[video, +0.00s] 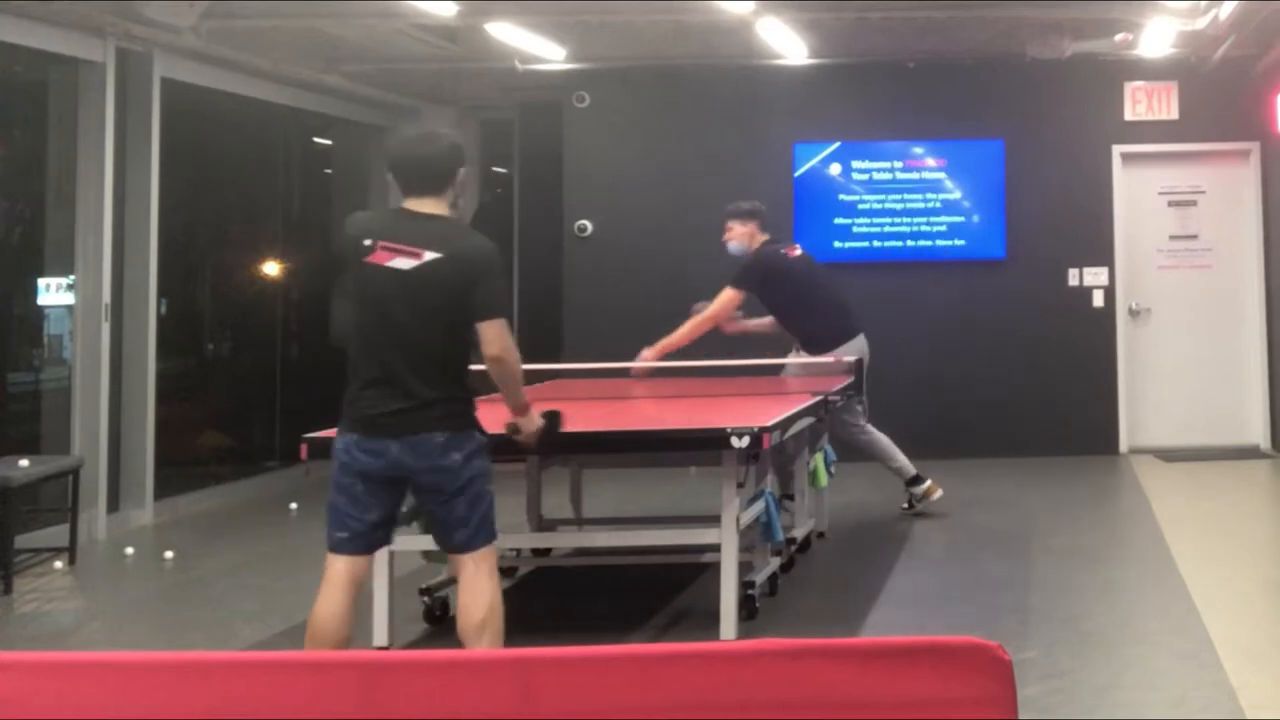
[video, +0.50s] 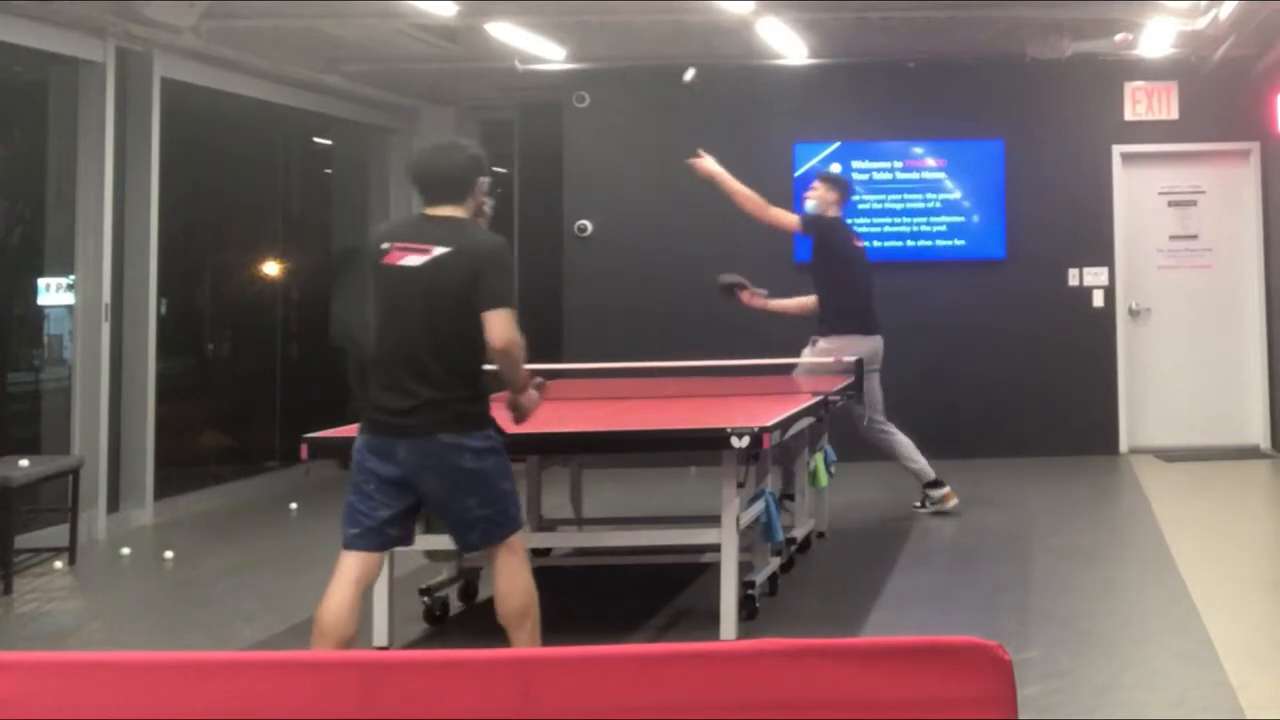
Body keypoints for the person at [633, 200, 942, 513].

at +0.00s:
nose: (725, 237)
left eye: (730, 229)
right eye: (725, 230)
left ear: (754, 229)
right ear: (756, 231)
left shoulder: (756, 262)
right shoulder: (787, 253)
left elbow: (711, 316)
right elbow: (790, 319)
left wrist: (658, 350)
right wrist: (739, 326)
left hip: (821, 356)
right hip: (853, 347)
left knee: (783, 427)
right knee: (851, 424)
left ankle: (784, 501)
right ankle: (918, 483)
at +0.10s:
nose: (739, 221)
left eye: (748, 214)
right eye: (739, 215)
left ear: (771, 219)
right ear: (765, 220)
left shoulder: (767, 252)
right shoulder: (795, 248)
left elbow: (711, 291)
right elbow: (785, 314)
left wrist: (649, 313)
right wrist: (735, 308)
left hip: (823, 356)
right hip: (845, 349)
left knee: (781, 432)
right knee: (849, 425)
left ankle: (785, 507)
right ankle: (917, 477)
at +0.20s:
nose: (758, 209)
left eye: (766, 203)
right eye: (759, 203)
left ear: (787, 208)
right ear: (788, 211)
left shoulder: (779, 240)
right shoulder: (810, 243)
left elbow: (716, 260)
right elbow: (792, 306)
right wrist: (739, 296)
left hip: (814, 354)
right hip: (846, 350)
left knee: (784, 427)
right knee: (847, 426)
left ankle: (784, 502)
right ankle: (917, 475)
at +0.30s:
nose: (771, 205)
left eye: (779, 200)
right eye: (772, 199)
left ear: (800, 206)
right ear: (802, 210)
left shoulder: (790, 233)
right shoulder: (821, 243)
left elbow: (721, 233)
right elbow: (799, 303)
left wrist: (668, 201)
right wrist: (744, 291)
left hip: (816, 352)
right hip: (850, 349)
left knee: (784, 429)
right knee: (847, 426)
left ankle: (791, 520)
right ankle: (918, 476)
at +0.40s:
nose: (790, 194)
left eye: (799, 190)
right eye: (793, 189)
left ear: (819, 200)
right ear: (820, 204)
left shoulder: (810, 229)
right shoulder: (835, 239)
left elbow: (745, 214)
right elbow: (810, 301)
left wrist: (697, 174)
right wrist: (752, 292)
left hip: (826, 346)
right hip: (858, 345)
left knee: (784, 423)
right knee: (856, 423)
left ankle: (786, 504)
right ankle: (927, 481)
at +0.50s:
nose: (808, 192)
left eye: (817, 187)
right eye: (811, 187)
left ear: (836, 198)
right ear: (834, 200)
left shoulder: (825, 227)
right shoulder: (848, 239)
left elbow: (763, 211)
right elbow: (822, 302)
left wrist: (717, 173)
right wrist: (766, 302)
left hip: (835, 345)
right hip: (868, 344)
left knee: (796, 420)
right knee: (874, 422)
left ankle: (790, 502)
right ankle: (935, 486)